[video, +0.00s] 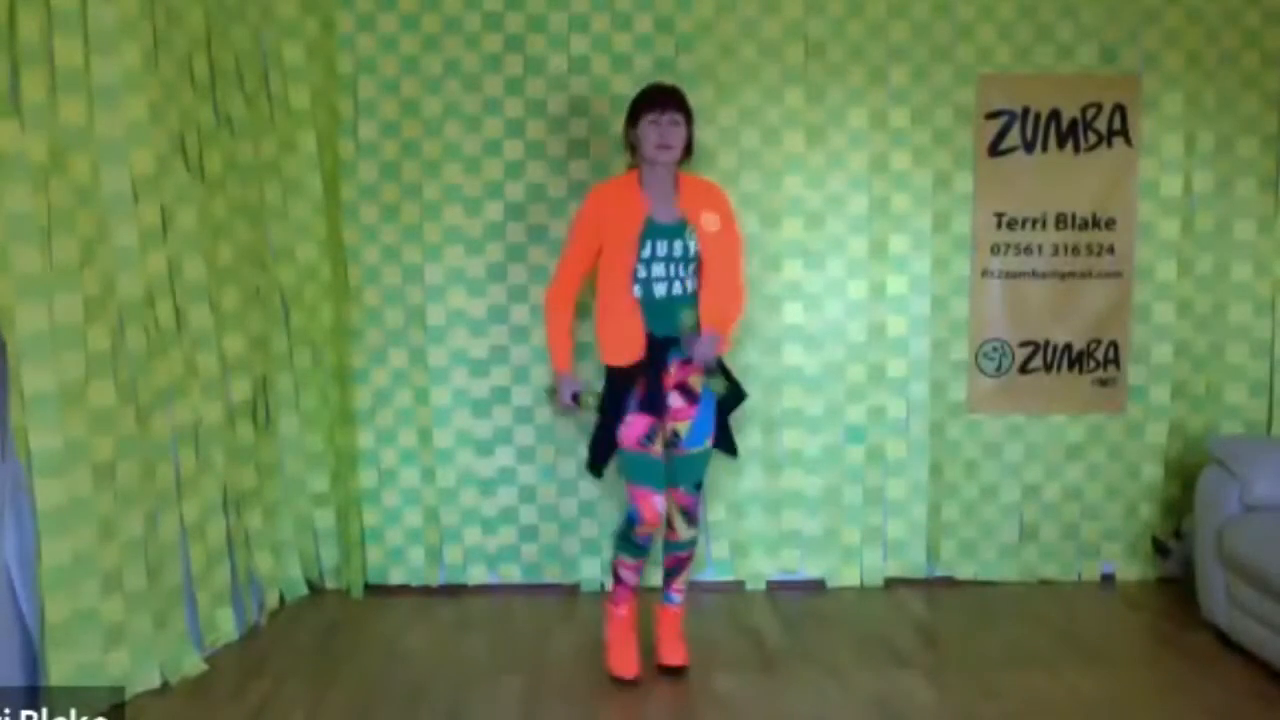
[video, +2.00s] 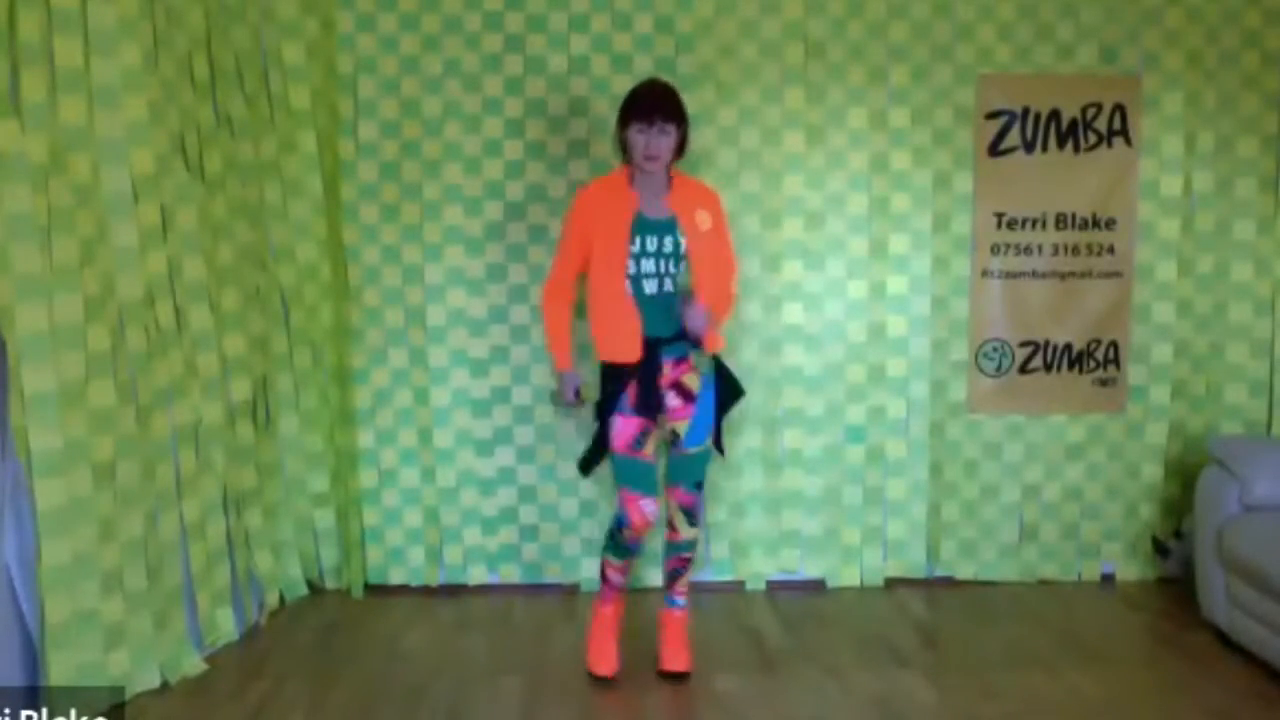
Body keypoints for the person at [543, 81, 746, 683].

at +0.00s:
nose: (663, 134)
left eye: (674, 124)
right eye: (652, 124)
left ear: (689, 135)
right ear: (633, 133)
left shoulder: (709, 199)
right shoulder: (606, 202)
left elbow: (728, 278)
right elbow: (563, 288)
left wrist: (717, 332)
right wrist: (563, 366)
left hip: (696, 364)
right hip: (632, 367)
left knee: (687, 503)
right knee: (646, 507)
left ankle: (672, 616)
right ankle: (621, 617)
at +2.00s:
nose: (652, 142)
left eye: (664, 131)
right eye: (641, 130)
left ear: (680, 139)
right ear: (623, 136)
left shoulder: (701, 201)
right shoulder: (594, 202)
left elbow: (723, 277)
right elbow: (560, 285)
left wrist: (704, 312)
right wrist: (564, 363)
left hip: (692, 364)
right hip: (626, 369)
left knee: (686, 505)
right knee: (636, 510)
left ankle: (676, 620)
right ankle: (607, 613)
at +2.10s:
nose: (648, 152)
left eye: (660, 140)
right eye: (637, 139)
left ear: (677, 149)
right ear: (619, 145)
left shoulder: (688, 211)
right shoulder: (593, 207)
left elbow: (715, 302)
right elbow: (552, 294)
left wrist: (702, 300)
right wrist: (559, 376)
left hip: (687, 373)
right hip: (624, 376)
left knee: (682, 512)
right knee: (637, 519)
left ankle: (667, 621)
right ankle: (608, 620)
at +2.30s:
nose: (645, 145)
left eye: (655, 135)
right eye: (634, 134)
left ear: (666, 146)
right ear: (610, 142)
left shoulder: (681, 206)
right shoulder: (575, 211)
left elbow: (715, 282)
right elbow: (541, 297)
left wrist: (722, 356)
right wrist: (561, 357)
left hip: (667, 369)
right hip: (599, 372)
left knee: (686, 502)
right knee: (607, 508)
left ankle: (678, 607)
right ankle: (604, 619)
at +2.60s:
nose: (628, 127)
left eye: (638, 119)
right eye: (616, 120)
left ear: (655, 134)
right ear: (599, 136)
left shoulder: (685, 201)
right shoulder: (577, 207)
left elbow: (709, 274)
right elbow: (554, 288)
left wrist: (706, 336)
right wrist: (570, 299)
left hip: (661, 368)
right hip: (597, 367)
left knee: (652, 507)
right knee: (602, 503)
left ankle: (650, 613)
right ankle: (602, 617)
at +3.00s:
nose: (630, 135)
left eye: (641, 126)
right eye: (619, 127)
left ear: (660, 138)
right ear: (604, 142)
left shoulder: (692, 186)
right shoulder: (591, 213)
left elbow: (733, 249)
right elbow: (563, 303)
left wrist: (725, 305)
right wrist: (542, 394)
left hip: (689, 364)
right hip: (622, 370)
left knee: (677, 500)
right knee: (607, 501)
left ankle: (649, 615)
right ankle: (597, 625)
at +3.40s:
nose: (720, 206)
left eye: (732, 195)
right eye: (710, 194)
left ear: (746, 205)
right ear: (691, 200)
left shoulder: (765, 271)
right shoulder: (655, 258)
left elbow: (819, 341)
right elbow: (603, 310)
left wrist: (874, 410)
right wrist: (597, 380)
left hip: (739, 428)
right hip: (664, 428)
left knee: (838, 526)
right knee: (597, 525)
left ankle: (874, 631)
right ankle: (596, 635)